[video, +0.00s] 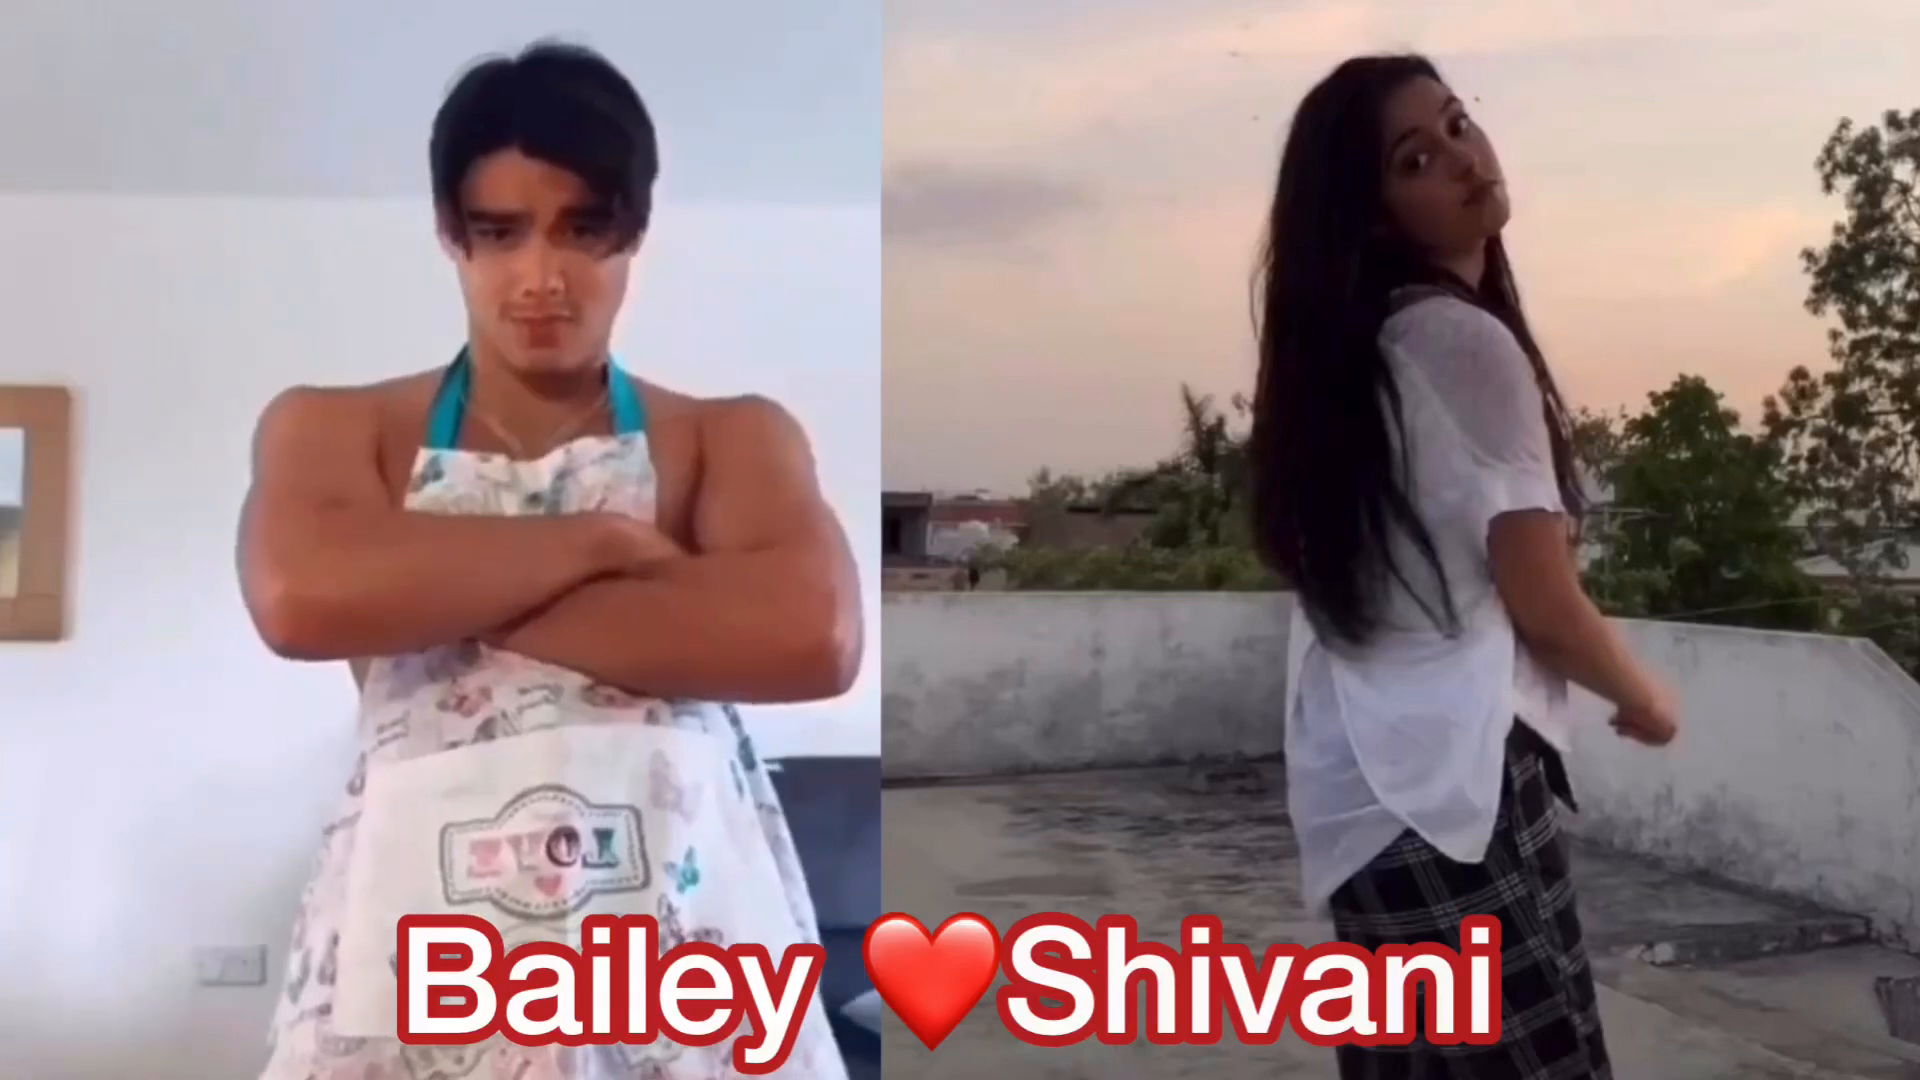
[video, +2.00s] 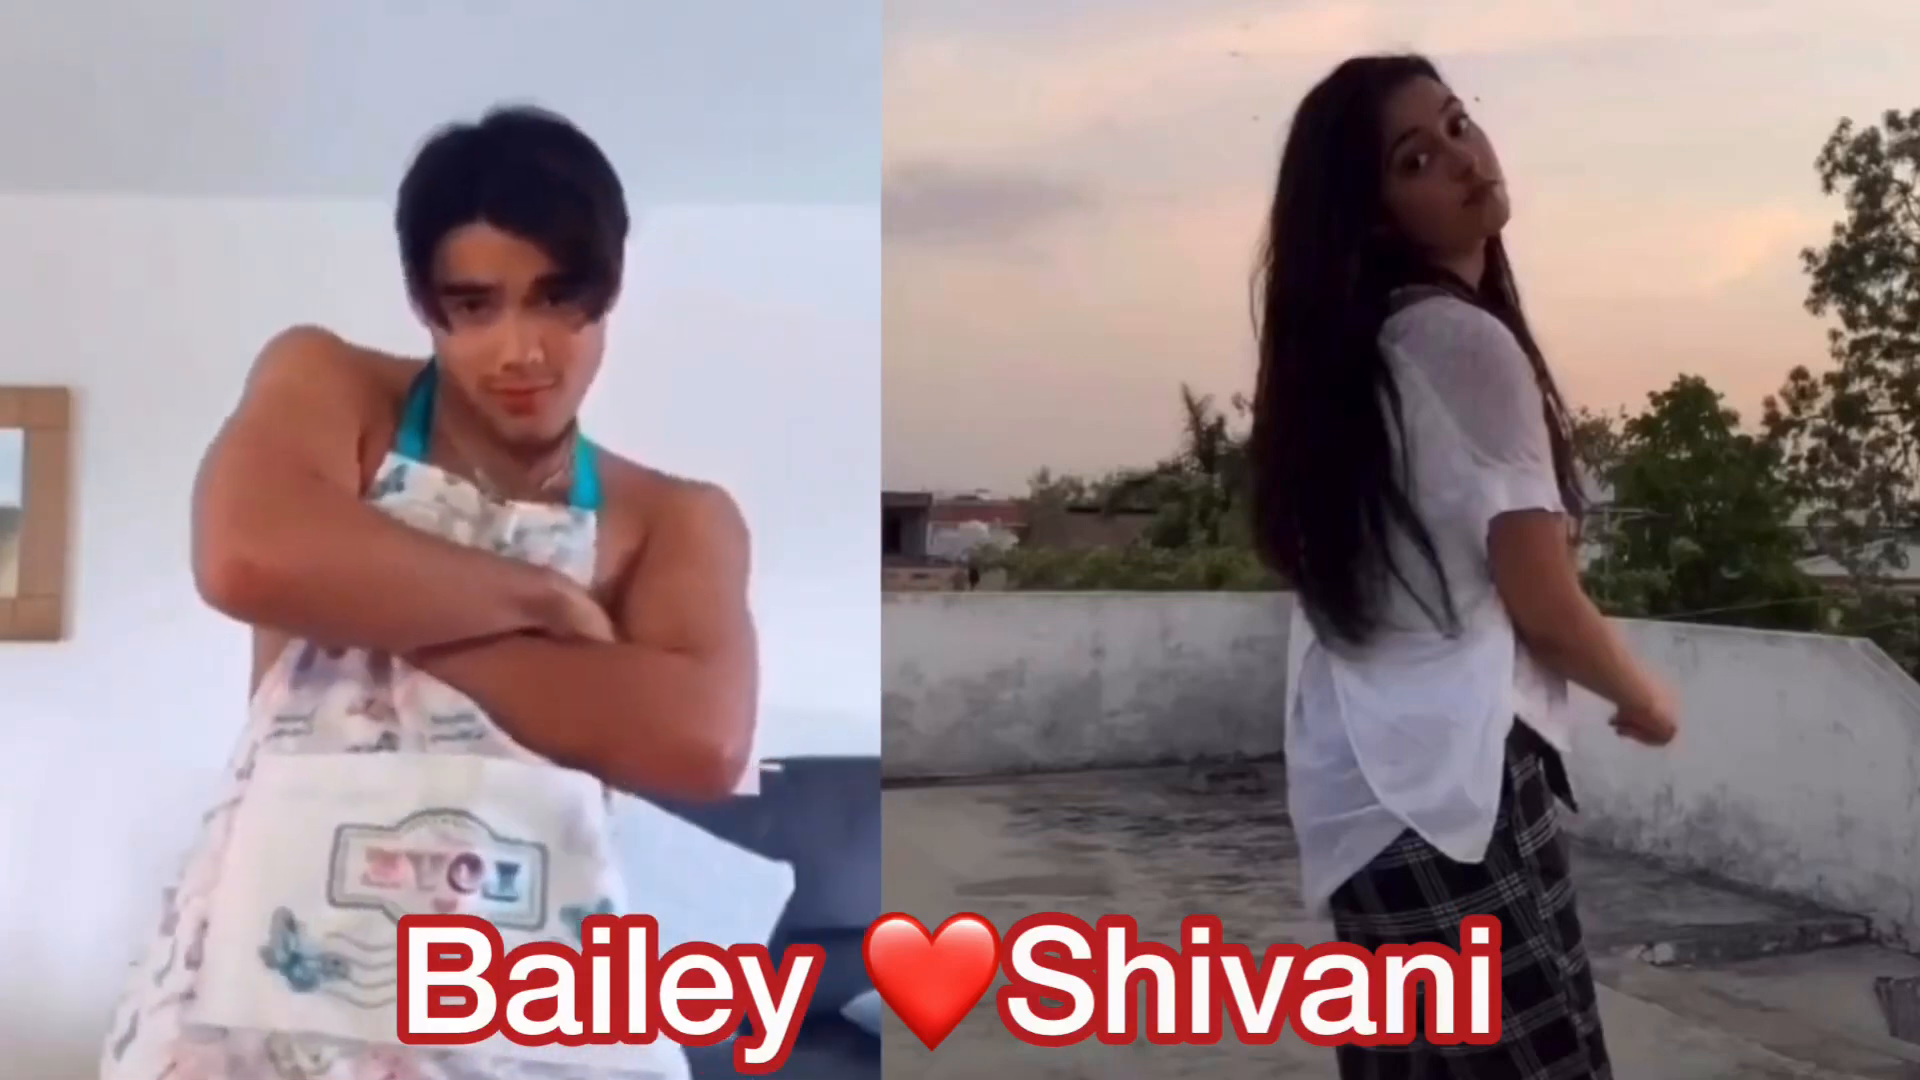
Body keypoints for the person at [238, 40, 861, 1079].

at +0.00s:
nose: (542, 275)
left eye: (585, 229)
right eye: (500, 231)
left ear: (636, 235)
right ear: (450, 238)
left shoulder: (738, 438)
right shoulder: (330, 429)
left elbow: (811, 637)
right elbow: (303, 600)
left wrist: (481, 598)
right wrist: (606, 540)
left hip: (688, 925)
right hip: (421, 924)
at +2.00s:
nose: (518, 348)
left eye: (559, 300)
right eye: (472, 305)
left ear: (610, 294)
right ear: (423, 302)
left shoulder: (678, 518)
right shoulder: (322, 379)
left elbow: (704, 744)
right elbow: (249, 557)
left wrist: (413, 627)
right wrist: (546, 599)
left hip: (547, 969)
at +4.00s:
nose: (546, 214)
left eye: (594, 164)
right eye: (502, 168)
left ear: (652, 173)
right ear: (451, 178)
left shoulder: (771, 387)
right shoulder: (354, 436)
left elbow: (888, 693)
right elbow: (242, 713)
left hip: (701, 933)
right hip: (439, 945)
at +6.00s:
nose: (509, 263)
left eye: (555, 215)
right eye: (467, 214)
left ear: (612, 220)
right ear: (418, 219)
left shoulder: (686, 425)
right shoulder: (288, 433)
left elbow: (849, 202)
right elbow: (203, 743)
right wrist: (115, 1031)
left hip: (610, 998)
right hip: (344, 992)